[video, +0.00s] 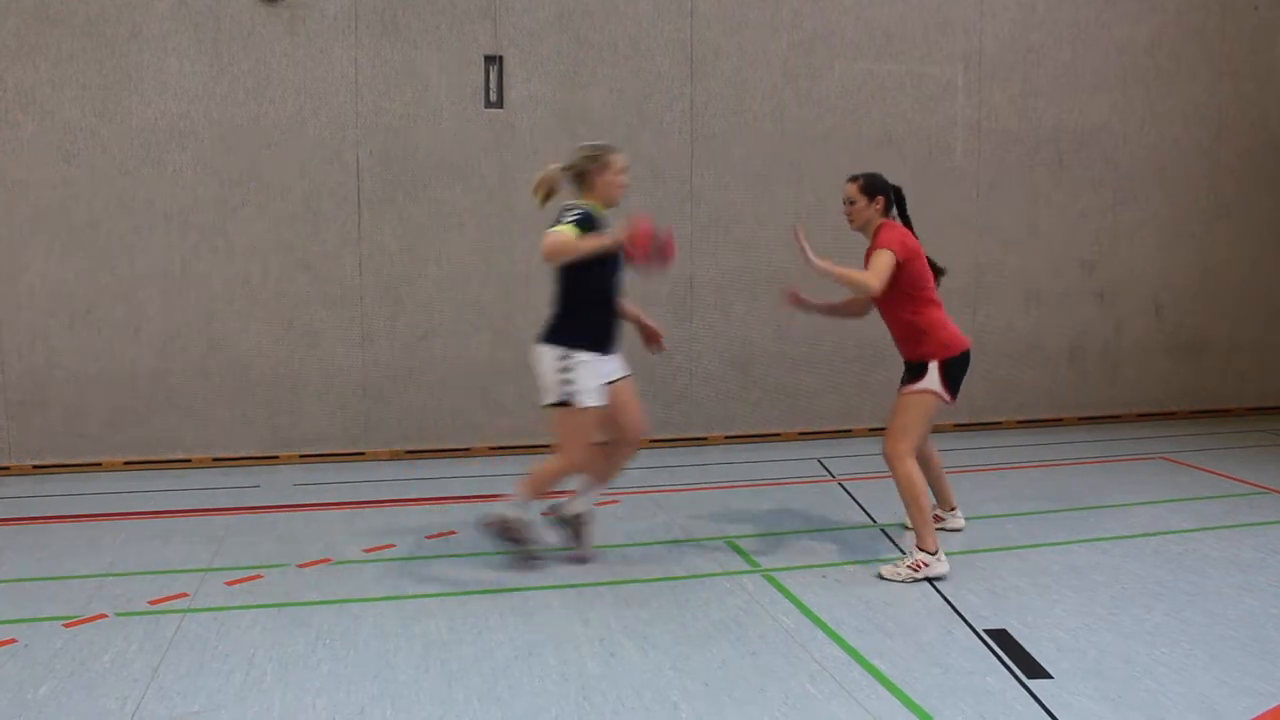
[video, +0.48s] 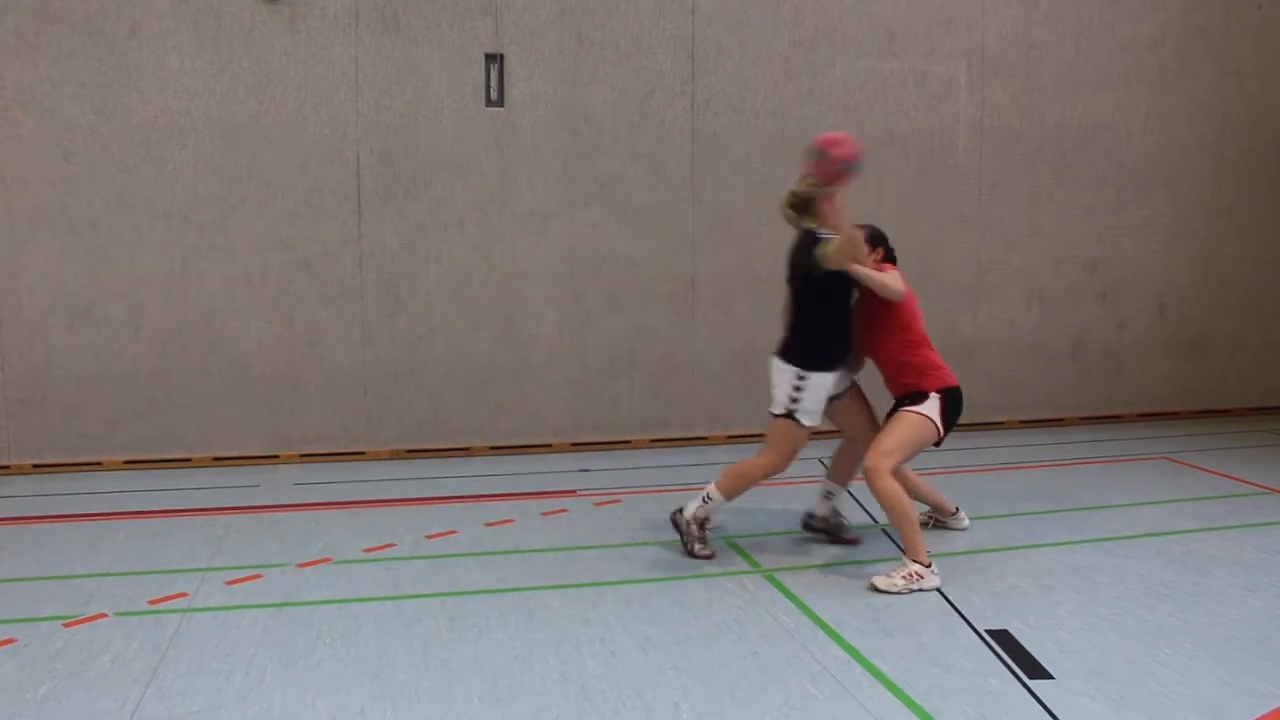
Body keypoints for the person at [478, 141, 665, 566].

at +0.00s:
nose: (625, 181)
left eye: (625, 173)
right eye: (618, 173)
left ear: (603, 178)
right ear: (595, 177)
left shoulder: (603, 224)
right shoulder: (577, 215)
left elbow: (600, 293)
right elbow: (552, 249)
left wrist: (640, 321)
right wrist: (615, 238)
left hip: (602, 352)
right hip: (568, 352)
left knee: (630, 433)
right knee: (576, 451)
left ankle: (575, 507)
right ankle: (509, 512)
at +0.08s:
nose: (672, 184)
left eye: (670, 176)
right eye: (664, 176)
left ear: (651, 183)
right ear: (640, 181)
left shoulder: (646, 229)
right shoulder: (625, 225)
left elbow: (634, 293)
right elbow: (588, 248)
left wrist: (661, 325)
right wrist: (604, 212)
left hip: (645, 351)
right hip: (613, 354)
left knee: (689, 422)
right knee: (624, 456)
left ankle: (663, 506)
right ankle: (575, 526)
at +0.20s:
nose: (733, 205)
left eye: (732, 198)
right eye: (726, 198)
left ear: (714, 203)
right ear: (704, 203)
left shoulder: (714, 244)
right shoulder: (693, 240)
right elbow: (668, 247)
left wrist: (666, 192)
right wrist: (646, 196)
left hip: (719, 372)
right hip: (682, 375)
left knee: (764, 429)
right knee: (657, 464)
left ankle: (788, 507)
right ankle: (582, 524)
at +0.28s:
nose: (771, 209)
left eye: (771, 201)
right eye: (765, 201)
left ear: (748, 207)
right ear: (742, 206)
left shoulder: (756, 251)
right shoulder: (738, 246)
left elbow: (758, 330)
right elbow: (716, 249)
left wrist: (802, 345)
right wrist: (692, 196)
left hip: (767, 371)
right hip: (733, 373)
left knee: (805, 432)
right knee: (710, 466)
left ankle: (791, 513)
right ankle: (620, 510)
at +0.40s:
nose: (820, 203)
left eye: (819, 195)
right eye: (813, 195)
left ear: (799, 200)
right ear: (785, 198)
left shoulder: (803, 245)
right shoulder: (782, 243)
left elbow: (806, 310)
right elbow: (792, 255)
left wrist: (830, 350)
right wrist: (786, 223)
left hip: (815, 362)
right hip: (782, 365)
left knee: (846, 433)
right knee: (773, 462)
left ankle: (806, 502)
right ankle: (693, 516)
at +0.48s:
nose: (842, 203)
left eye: (839, 195)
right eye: (836, 196)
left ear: (811, 204)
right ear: (824, 203)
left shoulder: (820, 242)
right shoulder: (812, 246)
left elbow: (794, 302)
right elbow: (850, 252)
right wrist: (839, 191)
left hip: (832, 366)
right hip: (803, 368)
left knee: (862, 433)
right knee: (774, 459)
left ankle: (824, 512)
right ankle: (694, 514)